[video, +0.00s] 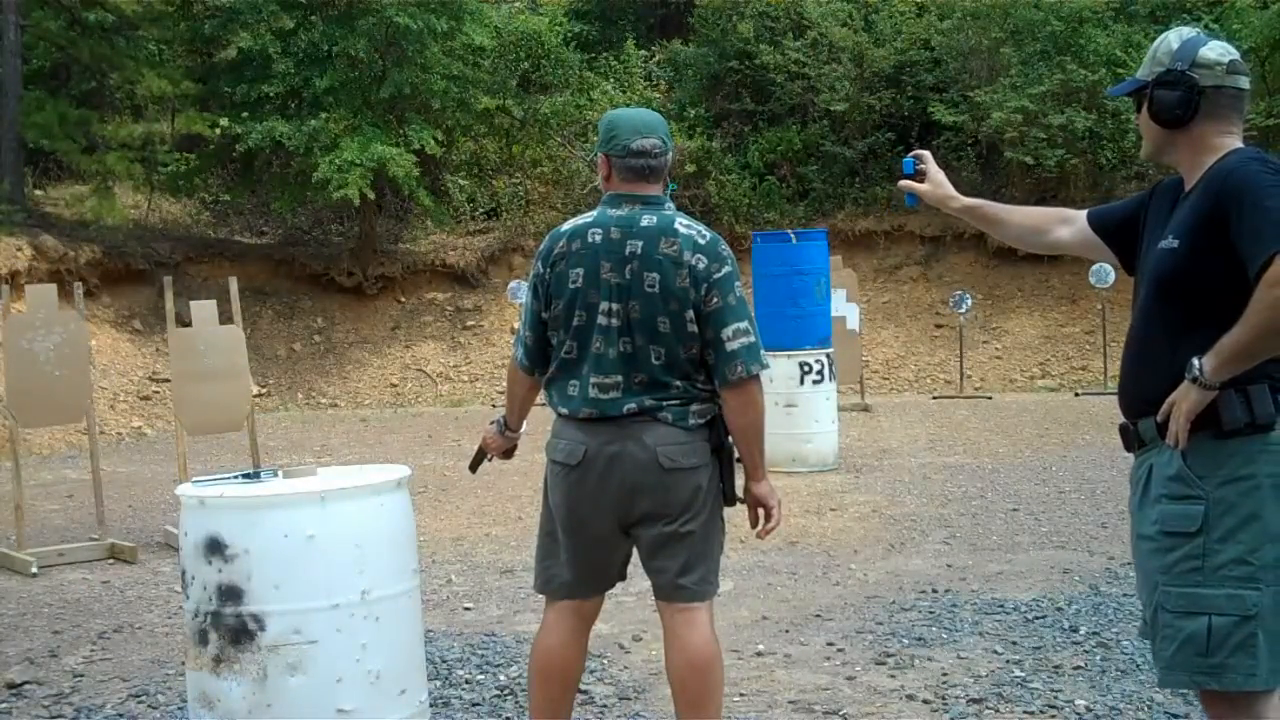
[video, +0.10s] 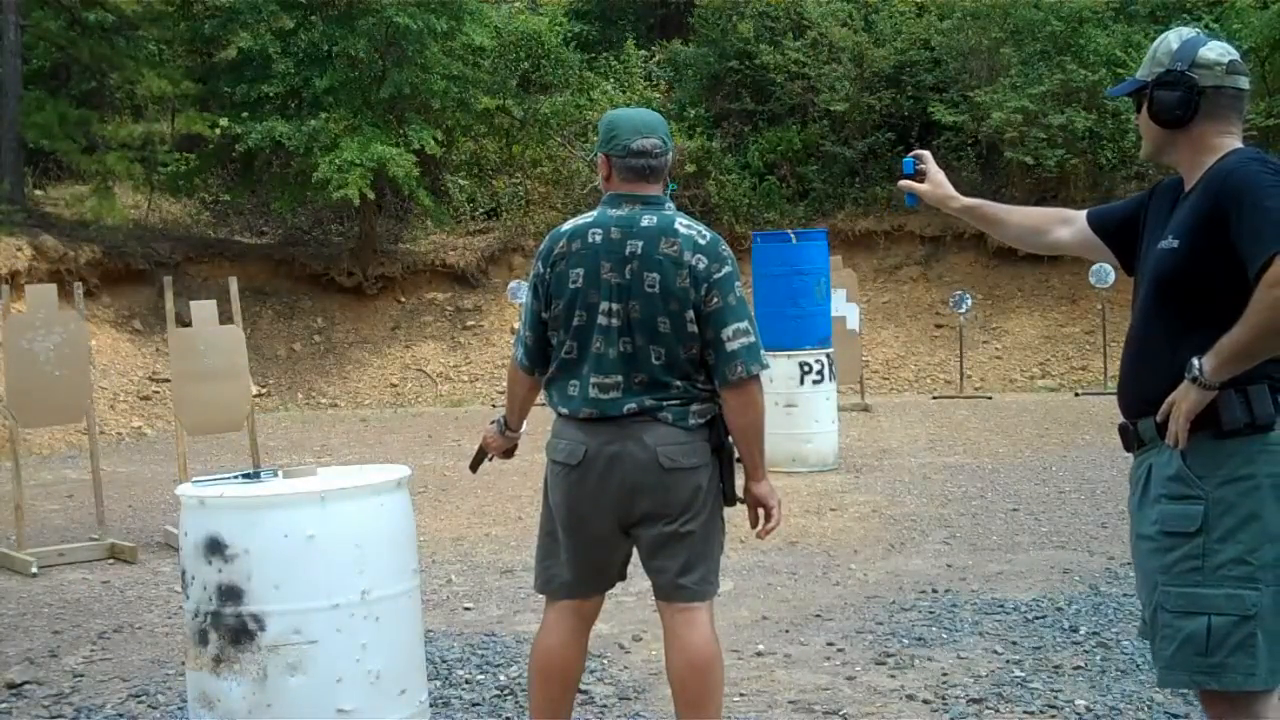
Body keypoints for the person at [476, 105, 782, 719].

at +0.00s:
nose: (597, 170)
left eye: (598, 162)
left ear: (605, 169)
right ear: (669, 168)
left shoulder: (561, 244)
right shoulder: (704, 248)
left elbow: (530, 356)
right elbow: (739, 375)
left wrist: (508, 426)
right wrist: (756, 473)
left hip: (582, 452)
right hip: (678, 452)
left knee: (568, 607)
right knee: (687, 609)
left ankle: (547, 715)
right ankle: (701, 715)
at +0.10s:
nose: (597, 169)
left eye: (598, 162)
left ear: (605, 169)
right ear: (669, 168)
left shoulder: (562, 244)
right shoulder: (704, 248)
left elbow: (530, 357)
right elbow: (739, 375)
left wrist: (508, 426)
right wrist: (756, 473)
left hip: (582, 452)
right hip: (678, 452)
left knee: (568, 607)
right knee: (687, 609)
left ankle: (547, 715)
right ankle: (701, 715)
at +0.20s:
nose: (597, 170)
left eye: (598, 162)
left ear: (605, 168)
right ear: (669, 168)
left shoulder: (562, 244)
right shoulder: (704, 248)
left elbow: (530, 358)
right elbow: (739, 375)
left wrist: (509, 425)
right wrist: (756, 473)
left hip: (582, 452)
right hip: (678, 452)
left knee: (568, 607)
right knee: (687, 609)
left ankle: (547, 715)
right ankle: (701, 715)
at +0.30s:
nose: (596, 170)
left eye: (597, 162)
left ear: (605, 169)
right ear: (668, 169)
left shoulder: (562, 244)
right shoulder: (704, 248)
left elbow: (530, 359)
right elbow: (739, 375)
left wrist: (509, 425)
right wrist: (756, 473)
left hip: (582, 452)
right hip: (677, 453)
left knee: (568, 607)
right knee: (688, 610)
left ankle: (547, 715)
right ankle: (700, 715)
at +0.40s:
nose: (597, 171)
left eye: (598, 163)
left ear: (605, 169)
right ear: (669, 169)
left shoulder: (561, 244)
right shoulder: (704, 248)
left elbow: (530, 357)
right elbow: (738, 375)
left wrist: (509, 425)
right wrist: (756, 473)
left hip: (582, 452)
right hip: (678, 452)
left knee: (568, 607)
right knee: (688, 610)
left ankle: (547, 715)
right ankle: (700, 715)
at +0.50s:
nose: (597, 171)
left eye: (598, 163)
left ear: (605, 169)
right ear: (669, 169)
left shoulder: (561, 244)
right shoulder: (704, 248)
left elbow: (530, 357)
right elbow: (738, 375)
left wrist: (509, 425)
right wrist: (756, 473)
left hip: (582, 452)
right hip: (678, 452)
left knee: (568, 607)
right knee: (688, 610)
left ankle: (547, 715)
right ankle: (700, 715)